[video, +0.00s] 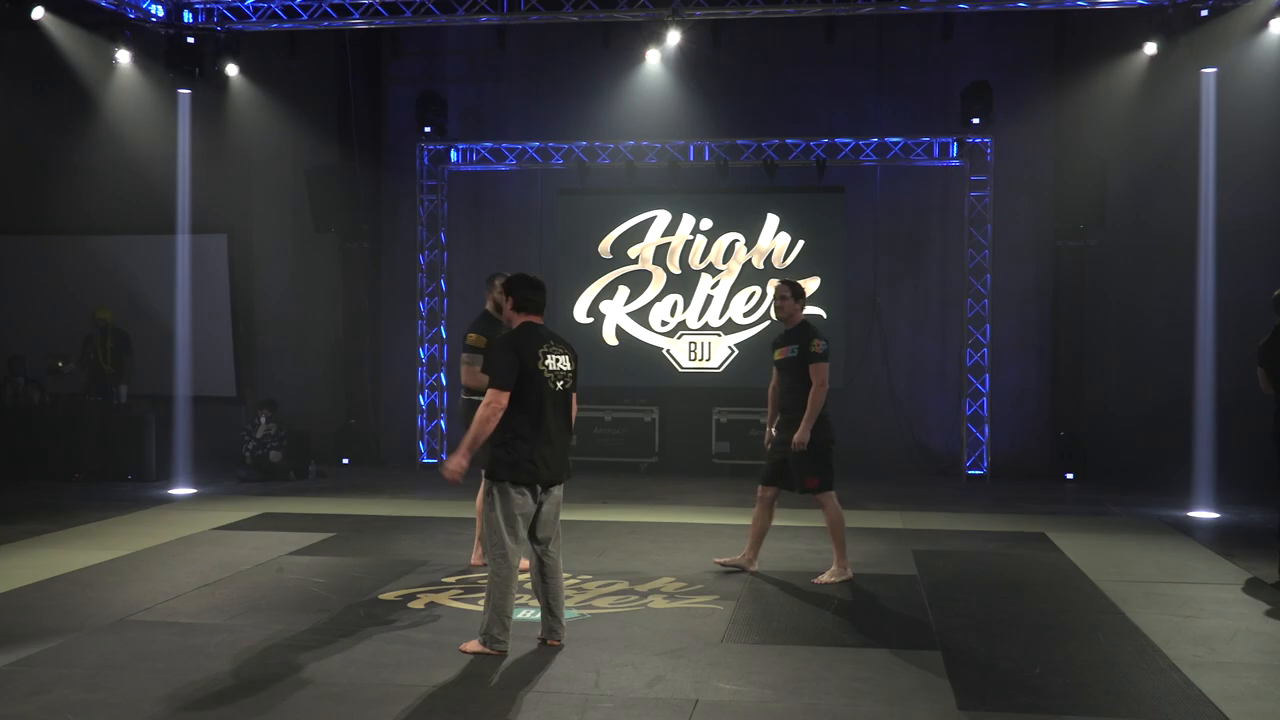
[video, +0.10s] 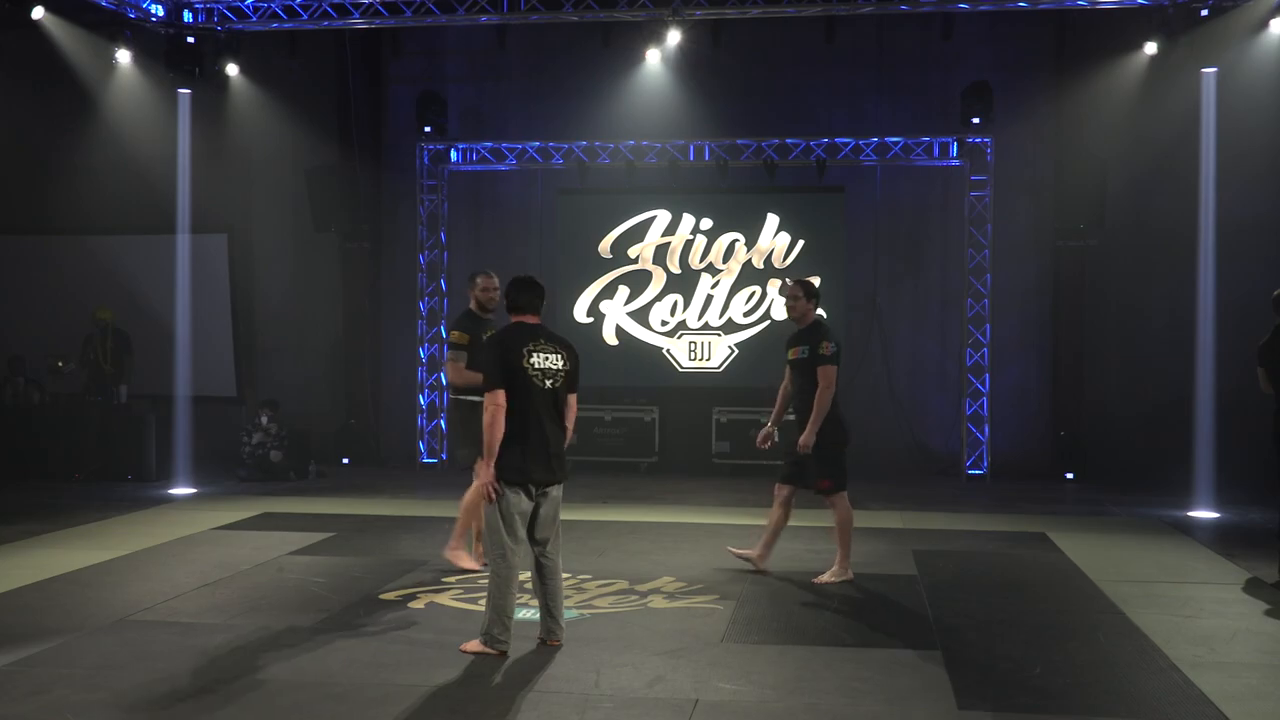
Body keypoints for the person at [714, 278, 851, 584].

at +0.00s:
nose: (777, 303)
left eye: (783, 298)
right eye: (775, 298)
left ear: (799, 302)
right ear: (775, 303)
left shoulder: (812, 335)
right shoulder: (779, 340)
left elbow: (820, 385)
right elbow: (776, 384)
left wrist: (805, 427)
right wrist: (770, 425)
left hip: (812, 427)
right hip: (785, 427)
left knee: (825, 496)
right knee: (766, 492)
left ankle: (841, 565)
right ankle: (749, 557)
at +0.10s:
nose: (788, 304)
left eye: (794, 299)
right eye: (786, 299)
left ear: (811, 302)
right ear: (787, 303)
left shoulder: (823, 335)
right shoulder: (794, 339)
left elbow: (828, 386)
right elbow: (788, 384)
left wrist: (811, 429)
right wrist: (772, 423)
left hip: (827, 428)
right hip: (804, 427)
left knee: (837, 497)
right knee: (783, 490)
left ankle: (843, 566)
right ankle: (760, 555)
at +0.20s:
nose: (798, 301)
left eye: (804, 297)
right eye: (797, 296)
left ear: (821, 300)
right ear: (800, 300)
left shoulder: (831, 334)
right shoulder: (806, 336)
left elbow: (833, 386)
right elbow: (798, 382)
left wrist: (818, 429)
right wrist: (784, 418)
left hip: (838, 426)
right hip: (818, 425)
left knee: (841, 496)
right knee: (797, 486)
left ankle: (843, 566)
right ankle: (797, 555)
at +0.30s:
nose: (807, 301)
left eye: (813, 297)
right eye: (806, 296)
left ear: (831, 301)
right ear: (813, 301)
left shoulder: (840, 334)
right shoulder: (816, 335)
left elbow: (843, 384)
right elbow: (810, 379)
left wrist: (828, 428)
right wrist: (800, 416)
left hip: (848, 425)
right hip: (830, 423)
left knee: (845, 494)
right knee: (815, 487)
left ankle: (845, 566)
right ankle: (841, 550)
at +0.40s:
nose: (816, 302)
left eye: (822, 297)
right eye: (815, 297)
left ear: (839, 300)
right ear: (821, 301)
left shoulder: (849, 334)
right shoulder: (825, 335)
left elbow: (859, 383)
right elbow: (822, 380)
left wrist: (847, 427)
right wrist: (818, 420)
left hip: (854, 423)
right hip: (835, 422)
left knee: (850, 494)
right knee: (843, 490)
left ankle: (844, 565)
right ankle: (886, 543)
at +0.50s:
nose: (825, 302)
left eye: (831, 297)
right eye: (823, 297)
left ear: (848, 300)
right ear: (828, 301)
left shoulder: (858, 331)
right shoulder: (838, 333)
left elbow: (881, 375)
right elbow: (844, 382)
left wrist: (868, 421)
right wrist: (837, 419)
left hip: (861, 425)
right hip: (849, 425)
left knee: (853, 495)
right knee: (868, 491)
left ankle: (845, 566)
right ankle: (917, 542)